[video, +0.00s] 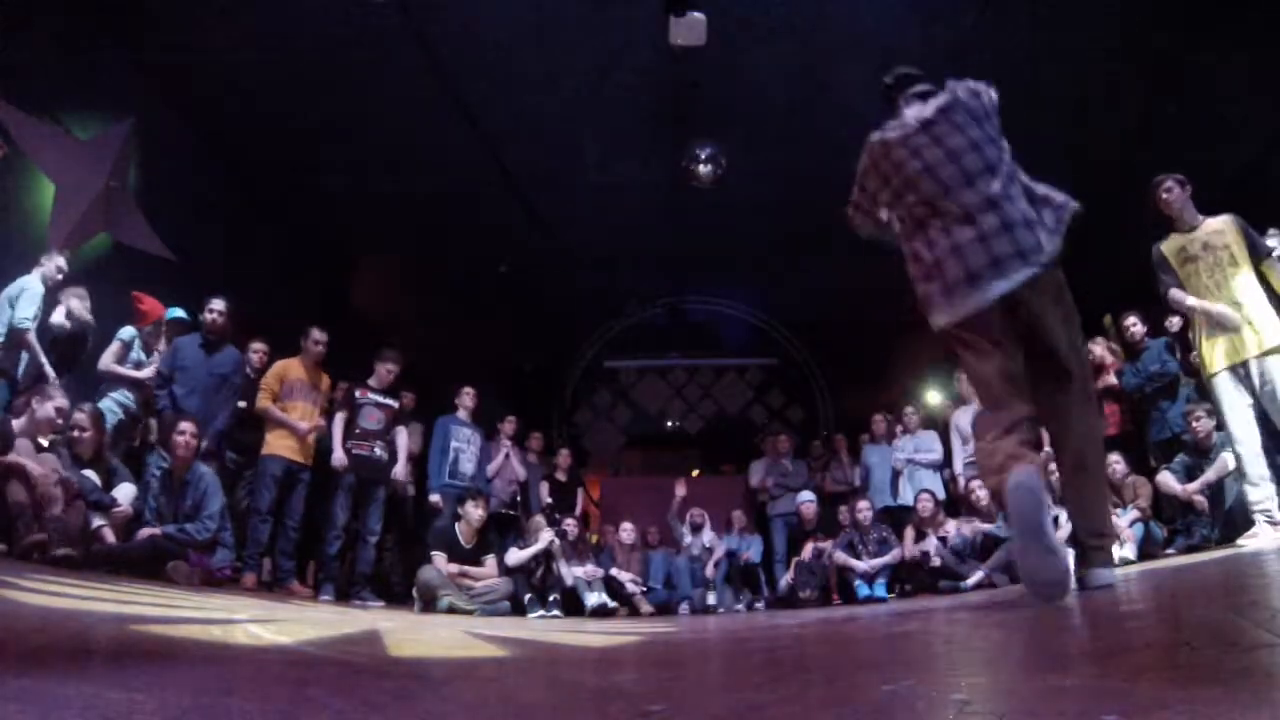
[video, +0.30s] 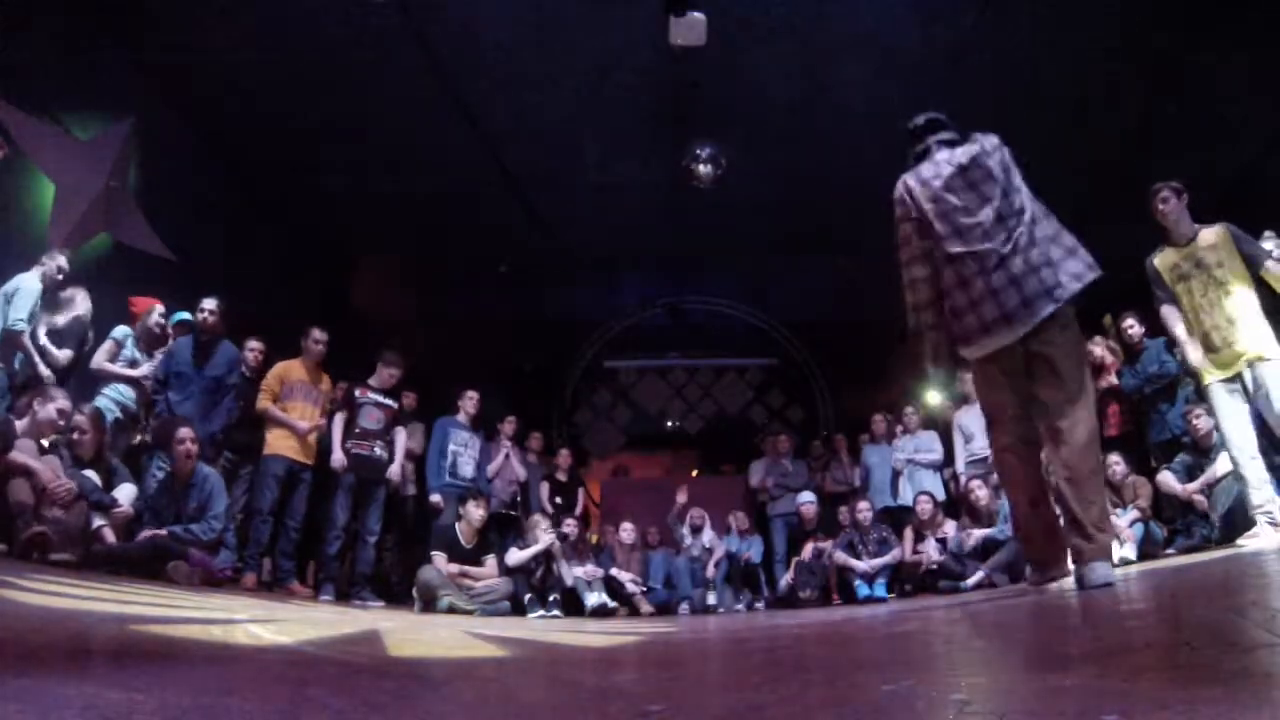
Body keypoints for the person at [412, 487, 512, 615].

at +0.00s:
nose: (481, 513)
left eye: (484, 509)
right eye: (475, 507)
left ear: (487, 512)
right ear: (460, 510)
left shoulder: (485, 536)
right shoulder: (442, 531)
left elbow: (493, 572)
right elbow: (442, 570)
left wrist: (461, 569)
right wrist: (474, 584)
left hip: (477, 589)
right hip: (447, 588)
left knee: (507, 585)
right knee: (426, 573)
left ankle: (455, 604)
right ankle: (476, 609)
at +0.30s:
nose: (482, 513)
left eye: (485, 509)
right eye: (476, 507)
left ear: (488, 512)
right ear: (461, 510)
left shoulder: (485, 538)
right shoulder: (443, 532)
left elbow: (493, 572)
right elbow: (441, 569)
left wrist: (461, 569)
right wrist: (474, 584)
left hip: (477, 589)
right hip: (447, 587)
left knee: (507, 584)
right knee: (426, 573)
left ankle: (455, 604)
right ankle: (476, 609)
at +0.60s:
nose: (483, 514)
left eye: (485, 509)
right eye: (477, 508)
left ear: (488, 511)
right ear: (462, 510)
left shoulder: (486, 537)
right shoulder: (442, 532)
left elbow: (493, 572)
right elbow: (442, 570)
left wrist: (461, 569)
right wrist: (474, 584)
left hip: (477, 589)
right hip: (447, 587)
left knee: (507, 584)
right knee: (426, 573)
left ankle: (455, 604)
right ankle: (476, 609)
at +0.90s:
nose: (484, 514)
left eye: (486, 509)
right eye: (478, 508)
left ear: (489, 511)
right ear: (462, 510)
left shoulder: (485, 538)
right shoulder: (443, 533)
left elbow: (493, 572)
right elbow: (442, 570)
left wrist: (461, 569)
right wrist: (474, 584)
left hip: (477, 589)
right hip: (448, 587)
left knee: (507, 584)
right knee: (426, 573)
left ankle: (455, 604)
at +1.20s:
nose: (485, 514)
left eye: (486, 509)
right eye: (479, 508)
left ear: (489, 511)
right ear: (463, 510)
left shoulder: (485, 538)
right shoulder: (443, 533)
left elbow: (493, 572)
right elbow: (441, 571)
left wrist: (461, 569)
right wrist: (475, 584)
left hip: (476, 590)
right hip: (448, 588)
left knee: (506, 585)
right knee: (426, 573)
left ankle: (452, 605)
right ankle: (472, 608)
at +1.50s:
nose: (485, 514)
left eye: (486, 509)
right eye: (479, 508)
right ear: (463, 510)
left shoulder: (485, 539)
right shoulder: (444, 534)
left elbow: (493, 572)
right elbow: (442, 572)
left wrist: (462, 569)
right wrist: (475, 584)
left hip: (476, 590)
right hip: (448, 588)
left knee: (506, 585)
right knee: (426, 573)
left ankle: (453, 604)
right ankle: (475, 608)